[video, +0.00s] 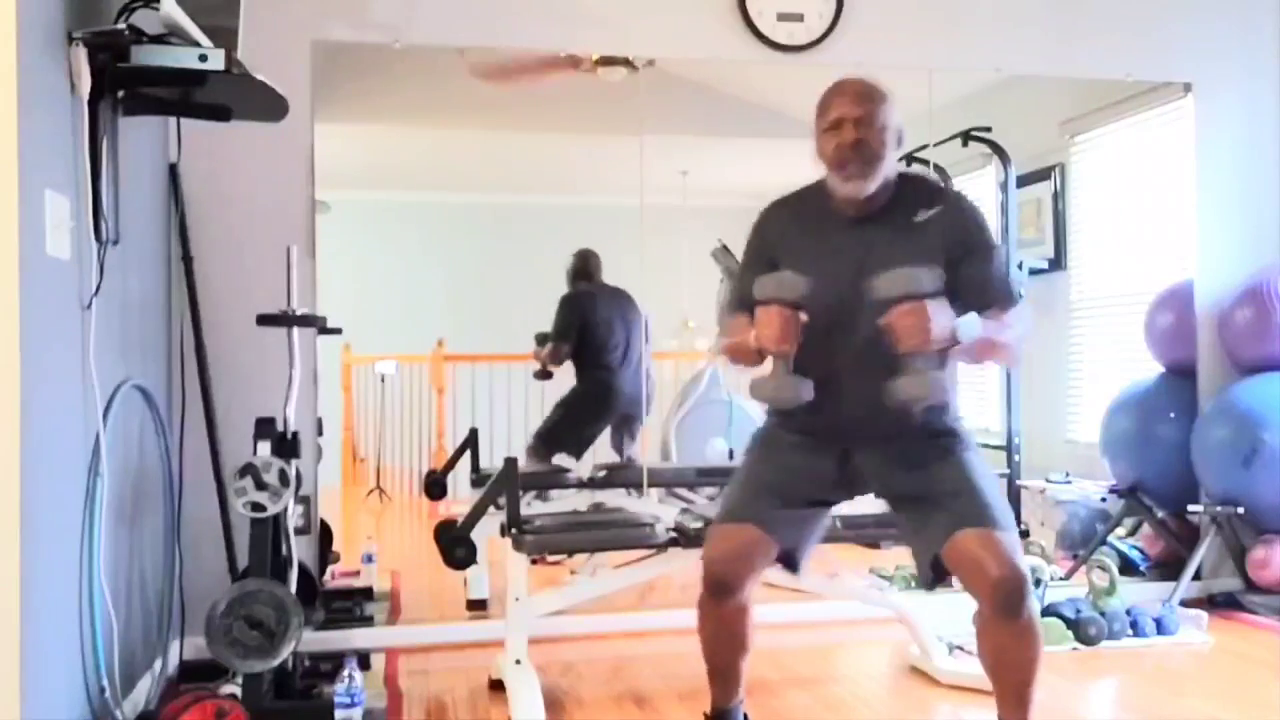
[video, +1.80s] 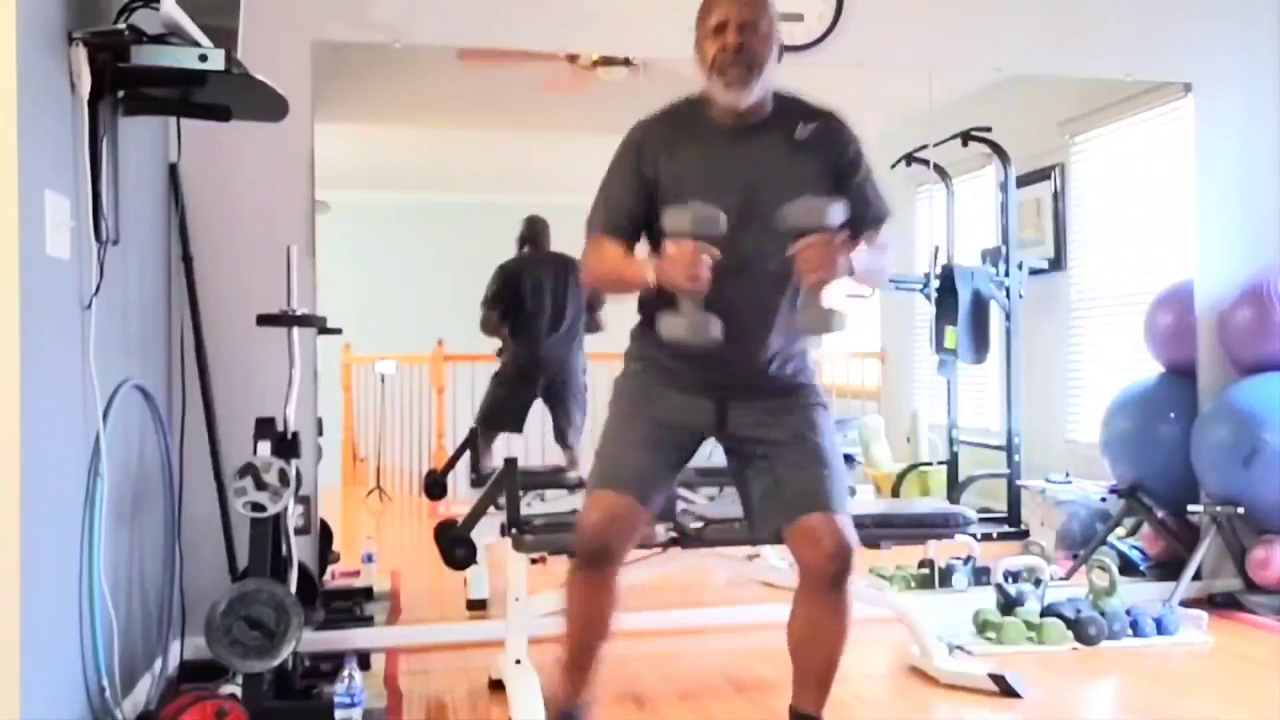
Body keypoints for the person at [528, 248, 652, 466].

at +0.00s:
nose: (567, 276)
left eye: (569, 272)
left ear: (571, 273)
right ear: (599, 273)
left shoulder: (575, 300)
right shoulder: (627, 299)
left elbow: (557, 354)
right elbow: (643, 347)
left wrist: (543, 355)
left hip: (598, 393)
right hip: (637, 391)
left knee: (539, 449)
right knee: (629, 453)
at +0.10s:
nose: (574, 258)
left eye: (575, 254)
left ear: (579, 255)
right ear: (605, 254)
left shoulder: (586, 280)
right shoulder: (636, 282)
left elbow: (573, 334)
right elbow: (660, 331)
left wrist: (550, 344)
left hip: (609, 374)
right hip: (647, 375)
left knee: (559, 443)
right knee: (633, 442)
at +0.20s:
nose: (578, 246)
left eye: (578, 241)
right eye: (579, 242)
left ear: (583, 240)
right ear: (608, 238)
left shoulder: (592, 261)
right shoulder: (644, 263)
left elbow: (592, 304)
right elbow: (673, 308)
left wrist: (560, 329)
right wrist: (641, 320)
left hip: (614, 360)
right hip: (652, 361)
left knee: (572, 432)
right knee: (640, 437)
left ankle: (578, 503)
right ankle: (659, 507)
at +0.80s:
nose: (581, 256)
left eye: (582, 251)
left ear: (587, 253)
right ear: (614, 252)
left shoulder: (586, 280)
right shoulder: (645, 280)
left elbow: (571, 337)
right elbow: (663, 333)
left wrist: (560, 340)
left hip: (613, 375)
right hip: (653, 376)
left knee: (556, 441)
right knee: (646, 446)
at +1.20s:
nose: (542, 248)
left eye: (543, 244)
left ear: (546, 244)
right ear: (572, 242)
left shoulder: (541, 273)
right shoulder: (603, 270)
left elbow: (529, 326)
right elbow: (624, 321)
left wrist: (520, 337)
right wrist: (593, 326)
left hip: (564, 368)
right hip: (605, 367)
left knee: (533, 443)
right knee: (618, 440)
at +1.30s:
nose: (536, 236)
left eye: (537, 232)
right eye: (539, 233)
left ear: (539, 231)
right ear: (565, 230)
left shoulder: (535, 257)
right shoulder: (596, 256)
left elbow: (523, 305)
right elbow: (626, 304)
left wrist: (506, 320)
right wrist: (599, 315)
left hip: (555, 355)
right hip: (596, 355)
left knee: (533, 430)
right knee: (598, 424)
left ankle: (532, 492)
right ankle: (601, 477)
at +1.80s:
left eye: (526, 236)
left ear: (522, 238)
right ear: (548, 238)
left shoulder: (509, 270)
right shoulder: (575, 268)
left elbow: (489, 324)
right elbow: (597, 321)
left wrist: (511, 333)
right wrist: (567, 324)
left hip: (520, 366)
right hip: (566, 366)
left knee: (486, 430)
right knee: (571, 439)